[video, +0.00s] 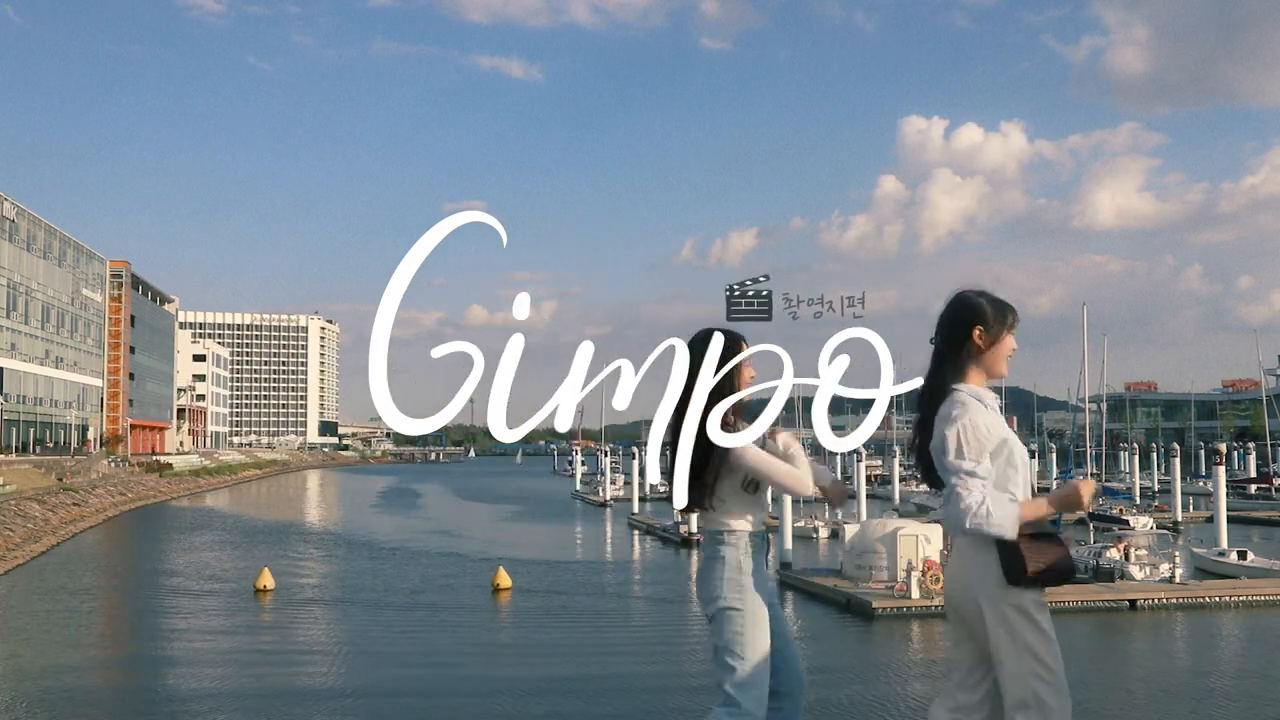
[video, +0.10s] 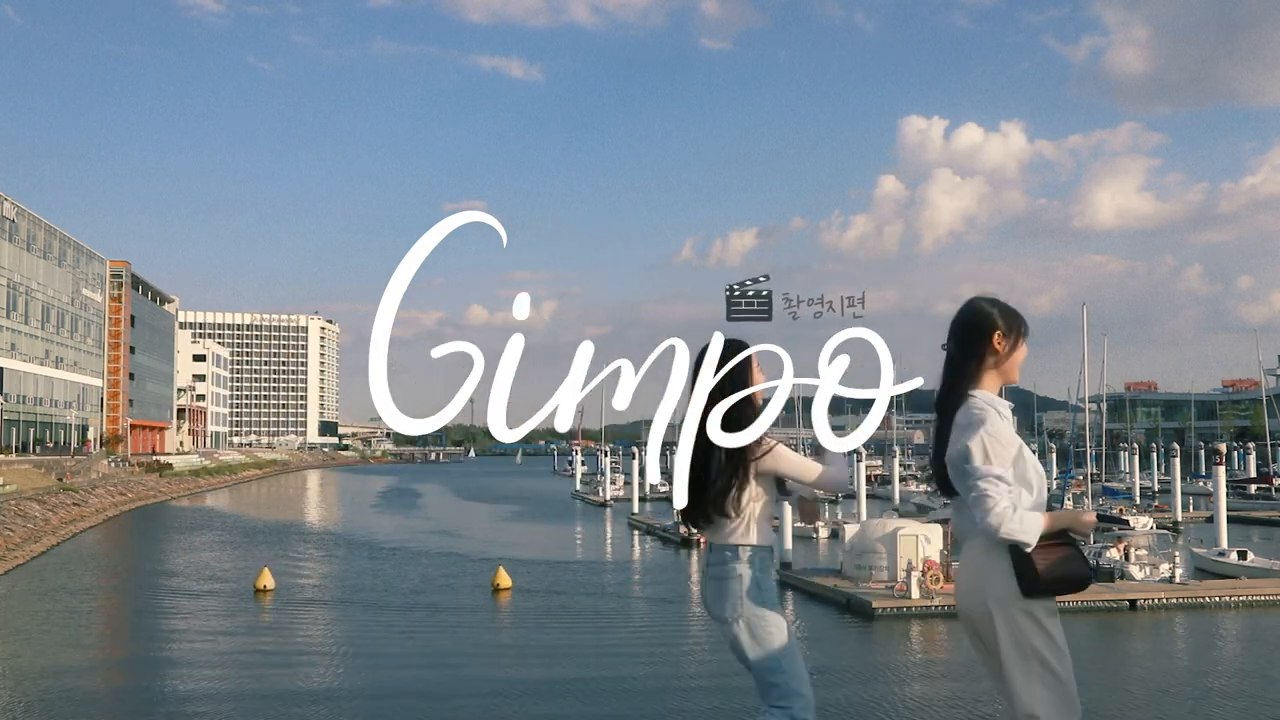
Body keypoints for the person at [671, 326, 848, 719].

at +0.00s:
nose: (752, 372)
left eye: (750, 363)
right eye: (745, 365)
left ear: (722, 373)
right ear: (723, 371)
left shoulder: (736, 426)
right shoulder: (722, 434)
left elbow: (786, 459)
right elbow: (803, 485)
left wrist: (828, 484)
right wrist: (786, 442)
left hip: (752, 562)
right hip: (733, 565)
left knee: (788, 684)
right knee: (743, 699)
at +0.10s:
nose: (763, 376)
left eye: (759, 367)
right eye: (755, 369)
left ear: (718, 383)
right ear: (738, 381)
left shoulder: (708, 442)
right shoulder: (753, 446)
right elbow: (835, 480)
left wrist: (798, 496)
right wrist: (833, 442)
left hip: (724, 582)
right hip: (747, 586)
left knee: (782, 698)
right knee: (794, 702)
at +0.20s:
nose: (774, 383)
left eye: (769, 374)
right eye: (769, 375)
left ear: (719, 385)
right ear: (762, 384)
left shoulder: (709, 441)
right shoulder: (776, 440)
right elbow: (852, 468)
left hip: (724, 582)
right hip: (759, 583)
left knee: (785, 692)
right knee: (831, 691)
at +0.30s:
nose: (781, 372)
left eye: (775, 363)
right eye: (775, 363)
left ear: (721, 370)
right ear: (770, 369)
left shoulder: (711, 424)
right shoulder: (782, 423)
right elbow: (852, 453)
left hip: (735, 560)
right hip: (777, 557)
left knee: (781, 692)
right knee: (850, 672)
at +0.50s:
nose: (795, 371)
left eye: (791, 365)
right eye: (791, 364)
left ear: (730, 376)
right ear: (787, 371)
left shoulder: (728, 427)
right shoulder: (803, 419)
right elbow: (882, 465)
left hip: (765, 562)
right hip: (815, 554)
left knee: (799, 692)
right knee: (867, 684)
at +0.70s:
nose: (817, 365)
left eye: (812, 358)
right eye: (813, 357)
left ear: (756, 367)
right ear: (808, 363)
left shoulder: (755, 418)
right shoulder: (820, 410)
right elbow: (911, 438)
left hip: (790, 557)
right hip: (828, 555)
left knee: (800, 694)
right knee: (899, 682)